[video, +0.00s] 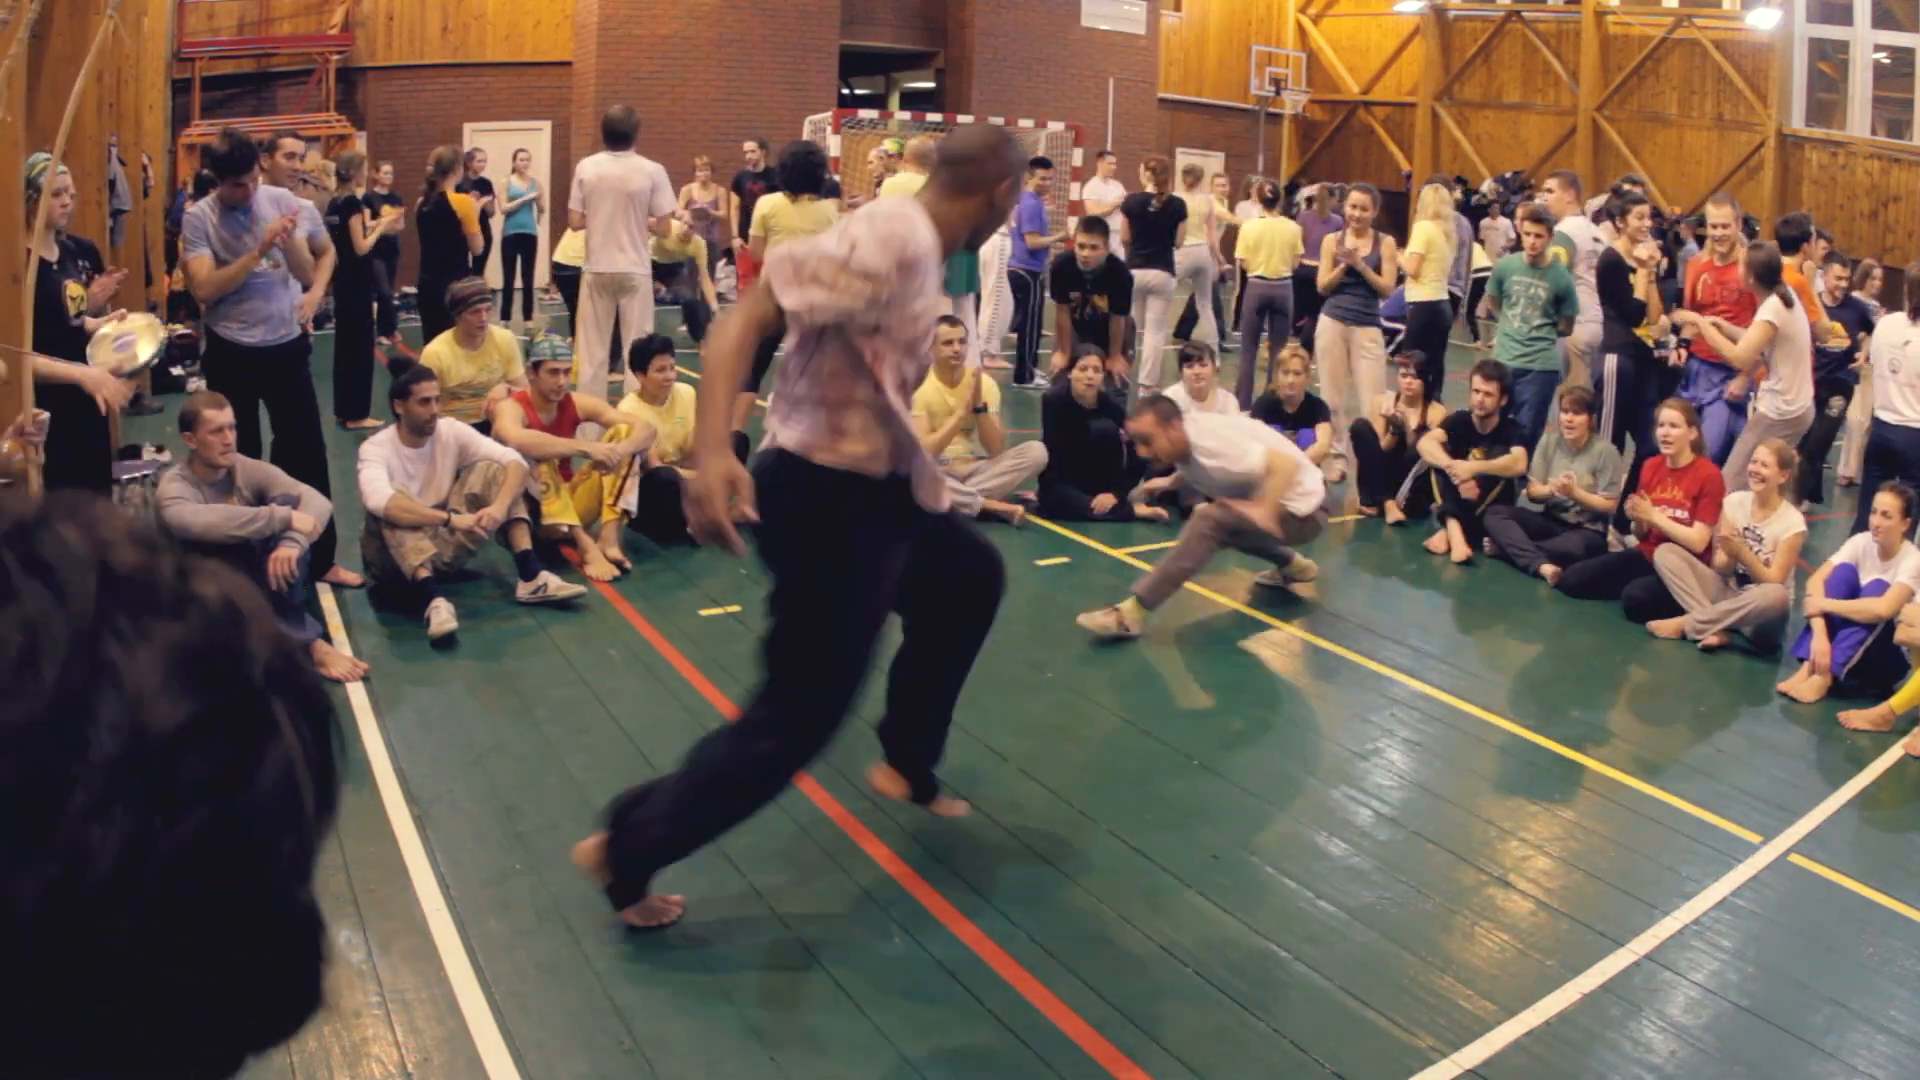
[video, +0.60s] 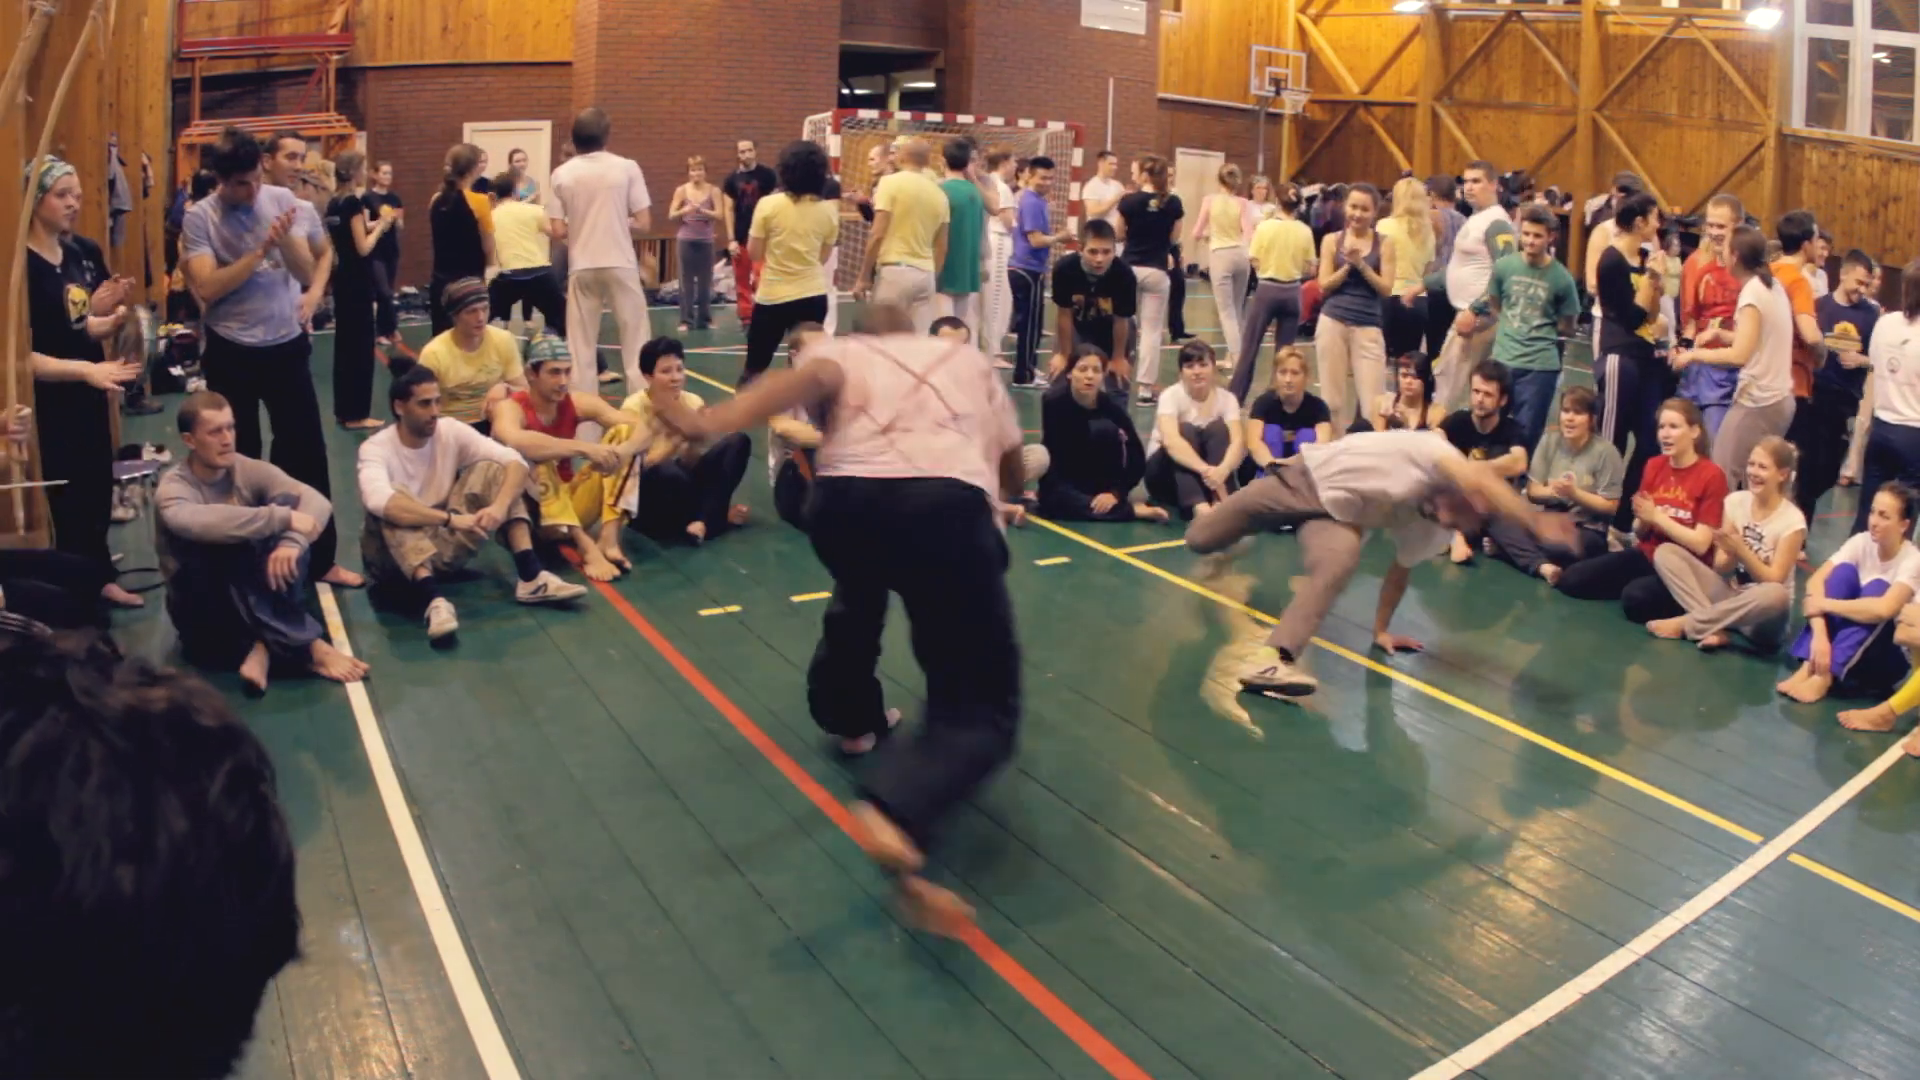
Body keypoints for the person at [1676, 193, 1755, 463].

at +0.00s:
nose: (1719, 233)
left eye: (1725, 226)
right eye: (1713, 226)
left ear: (1739, 226)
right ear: (1705, 228)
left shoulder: (1752, 268)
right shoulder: (1695, 265)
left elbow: (1761, 324)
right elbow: (1688, 312)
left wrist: (1745, 375)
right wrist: (1682, 342)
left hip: (1734, 368)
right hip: (1698, 363)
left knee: (1710, 449)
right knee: (1684, 444)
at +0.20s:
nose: (1715, 234)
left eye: (1722, 227)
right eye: (1710, 227)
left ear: (1738, 226)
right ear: (1704, 227)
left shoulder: (1755, 267)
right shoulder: (1694, 265)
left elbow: (1767, 324)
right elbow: (1690, 317)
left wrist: (1754, 381)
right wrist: (1683, 341)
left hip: (1747, 373)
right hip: (1706, 368)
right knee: (1707, 451)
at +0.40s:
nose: (1706, 231)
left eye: (1713, 225)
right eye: (1704, 224)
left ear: (1734, 229)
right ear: (1701, 224)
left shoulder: (1754, 271)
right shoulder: (1695, 267)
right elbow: (1690, 318)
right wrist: (1685, 338)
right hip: (1702, 366)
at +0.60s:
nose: (1714, 232)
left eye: (1721, 226)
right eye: (1710, 225)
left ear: (1738, 226)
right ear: (1704, 225)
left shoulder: (1750, 267)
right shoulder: (1695, 264)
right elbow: (1690, 316)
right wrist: (1684, 342)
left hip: (1746, 353)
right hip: (1705, 354)